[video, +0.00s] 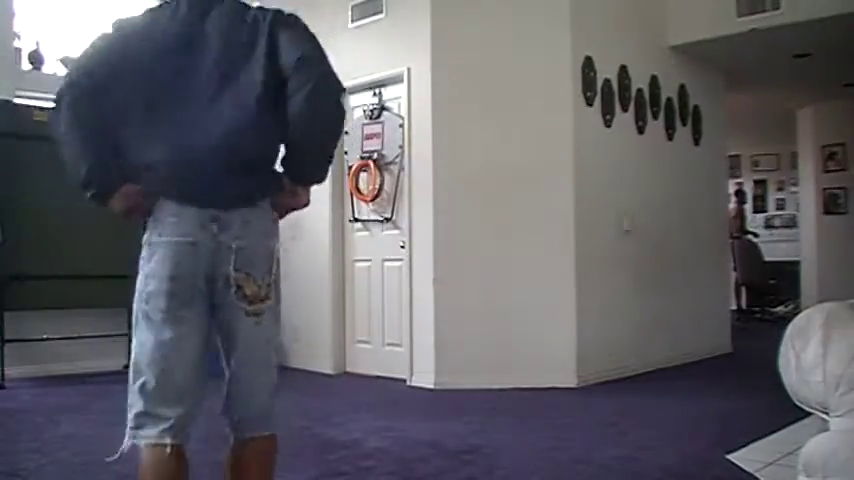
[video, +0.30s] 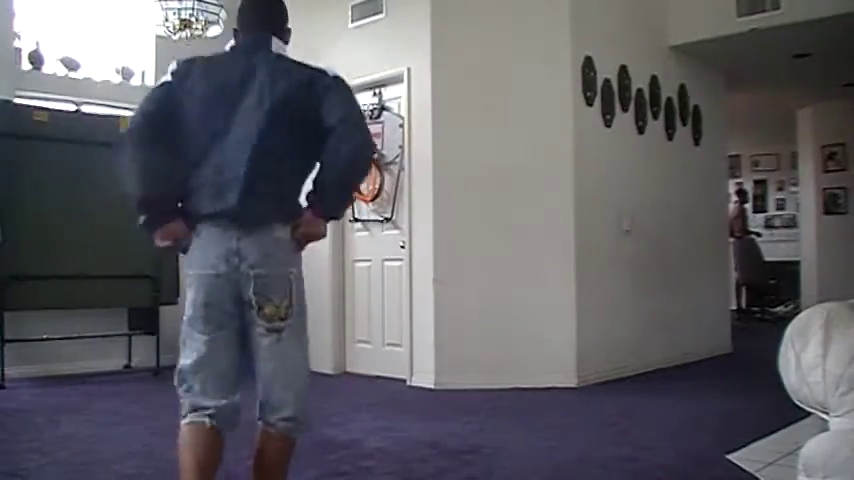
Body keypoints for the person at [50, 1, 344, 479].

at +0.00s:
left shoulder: (138, 30)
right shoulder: (275, 25)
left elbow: (76, 91)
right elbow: (318, 91)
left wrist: (109, 187)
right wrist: (299, 179)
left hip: (171, 221)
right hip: (252, 223)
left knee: (160, 416)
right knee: (255, 411)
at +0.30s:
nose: (287, 35)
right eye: (286, 28)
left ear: (234, 31)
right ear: (283, 34)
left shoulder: (189, 75)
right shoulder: (315, 82)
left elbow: (139, 136)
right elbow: (355, 143)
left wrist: (160, 214)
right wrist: (321, 210)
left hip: (203, 239)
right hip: (273, 240)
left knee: (203, 399)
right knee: (282, 404)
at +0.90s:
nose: (248, 57)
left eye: (246, 49)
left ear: (246, 52)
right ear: (283, 50)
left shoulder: (233, 94)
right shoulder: (318, 98)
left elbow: (214, 154)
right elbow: (359, 151)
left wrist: (227, 205)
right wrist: (332, 197)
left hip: (259, 235)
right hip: (307, 236)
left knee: (245, 356)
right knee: (287, 350)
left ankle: (255, 467)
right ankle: (291, 448)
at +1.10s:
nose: (273, 74)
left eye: (273, 67)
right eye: (281, 65)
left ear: (274, 65)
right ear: (307, 63)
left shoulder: (272, 89)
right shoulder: (339, 106)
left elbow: (254, 147)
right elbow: (373, 171)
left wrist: (259, 202)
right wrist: (344, 204)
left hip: (290, 229)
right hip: (324, 232)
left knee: (266, 349)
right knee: (297, 346)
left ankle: (308, 448)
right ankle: (293, 439)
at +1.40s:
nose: (323, 74)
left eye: (323, 69)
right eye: (327, 69)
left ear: (328, 67)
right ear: (358, 66)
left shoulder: (326, 96)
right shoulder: (382, 102)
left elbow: (311, 148)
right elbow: (418, 153)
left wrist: (323, 193)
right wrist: (394, 195)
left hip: (349, 221)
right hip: (383, 225)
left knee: (337, 336)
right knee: (354, 331)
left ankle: (386, 420)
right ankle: (328, 421)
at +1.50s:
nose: (346, 85)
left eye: (346, 78)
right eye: (351, 78)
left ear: (349, 75)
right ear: (380, 74)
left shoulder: (345, 101)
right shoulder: (414, 110)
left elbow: (324, 154)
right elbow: (454, 161)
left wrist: (338, 202)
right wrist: (427, 207)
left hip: (369, 227)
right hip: (406, 228)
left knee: (366, 339)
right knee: (390, 337)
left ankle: (396, 434)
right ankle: (386, 424)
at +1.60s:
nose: (369, 106)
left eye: (369, 100)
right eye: (373, 99)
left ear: (372, 100)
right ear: (404, 98)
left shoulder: (364, 133)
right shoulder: (437, 138)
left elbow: (344, 191)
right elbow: (477, 192)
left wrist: (362, 237)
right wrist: (456, 235)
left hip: (390, 259)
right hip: (430, 258)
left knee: (378, 365)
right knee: (424, 355)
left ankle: (412, 443)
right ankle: (454, 427)